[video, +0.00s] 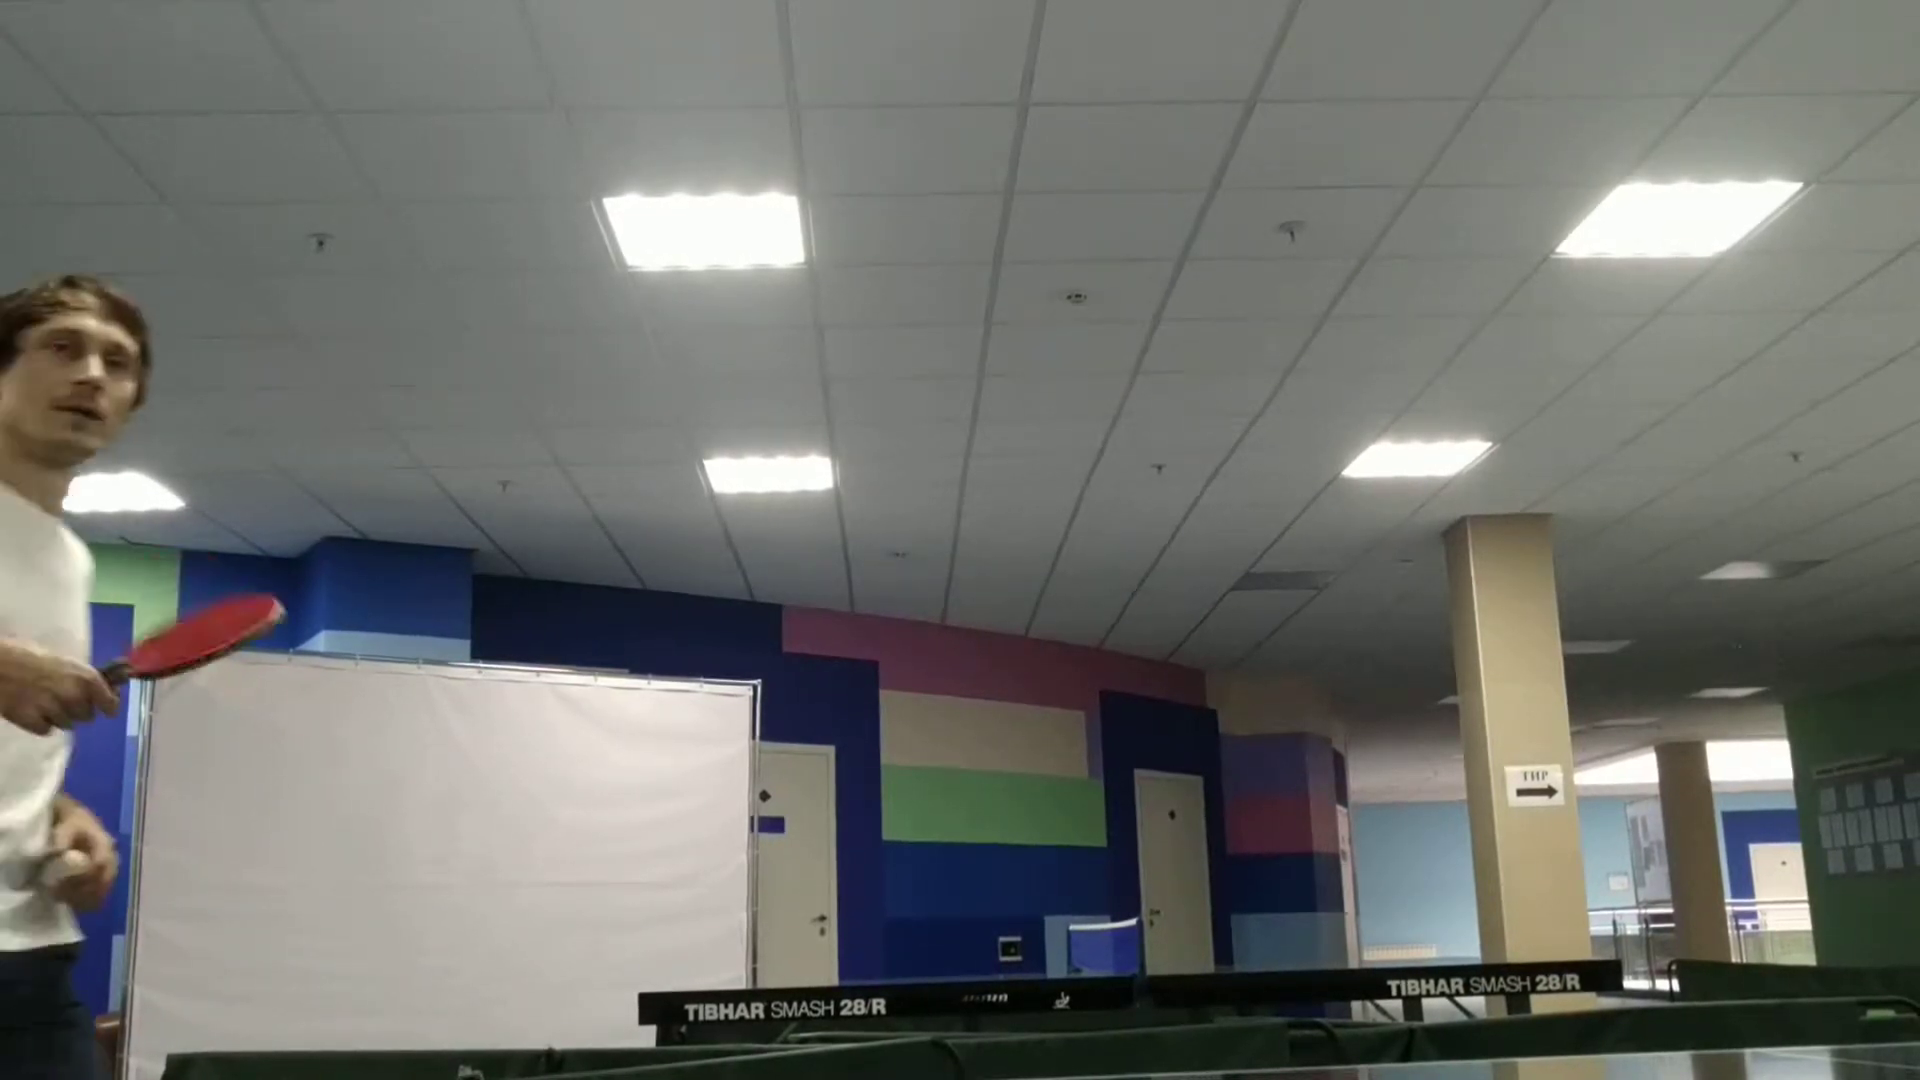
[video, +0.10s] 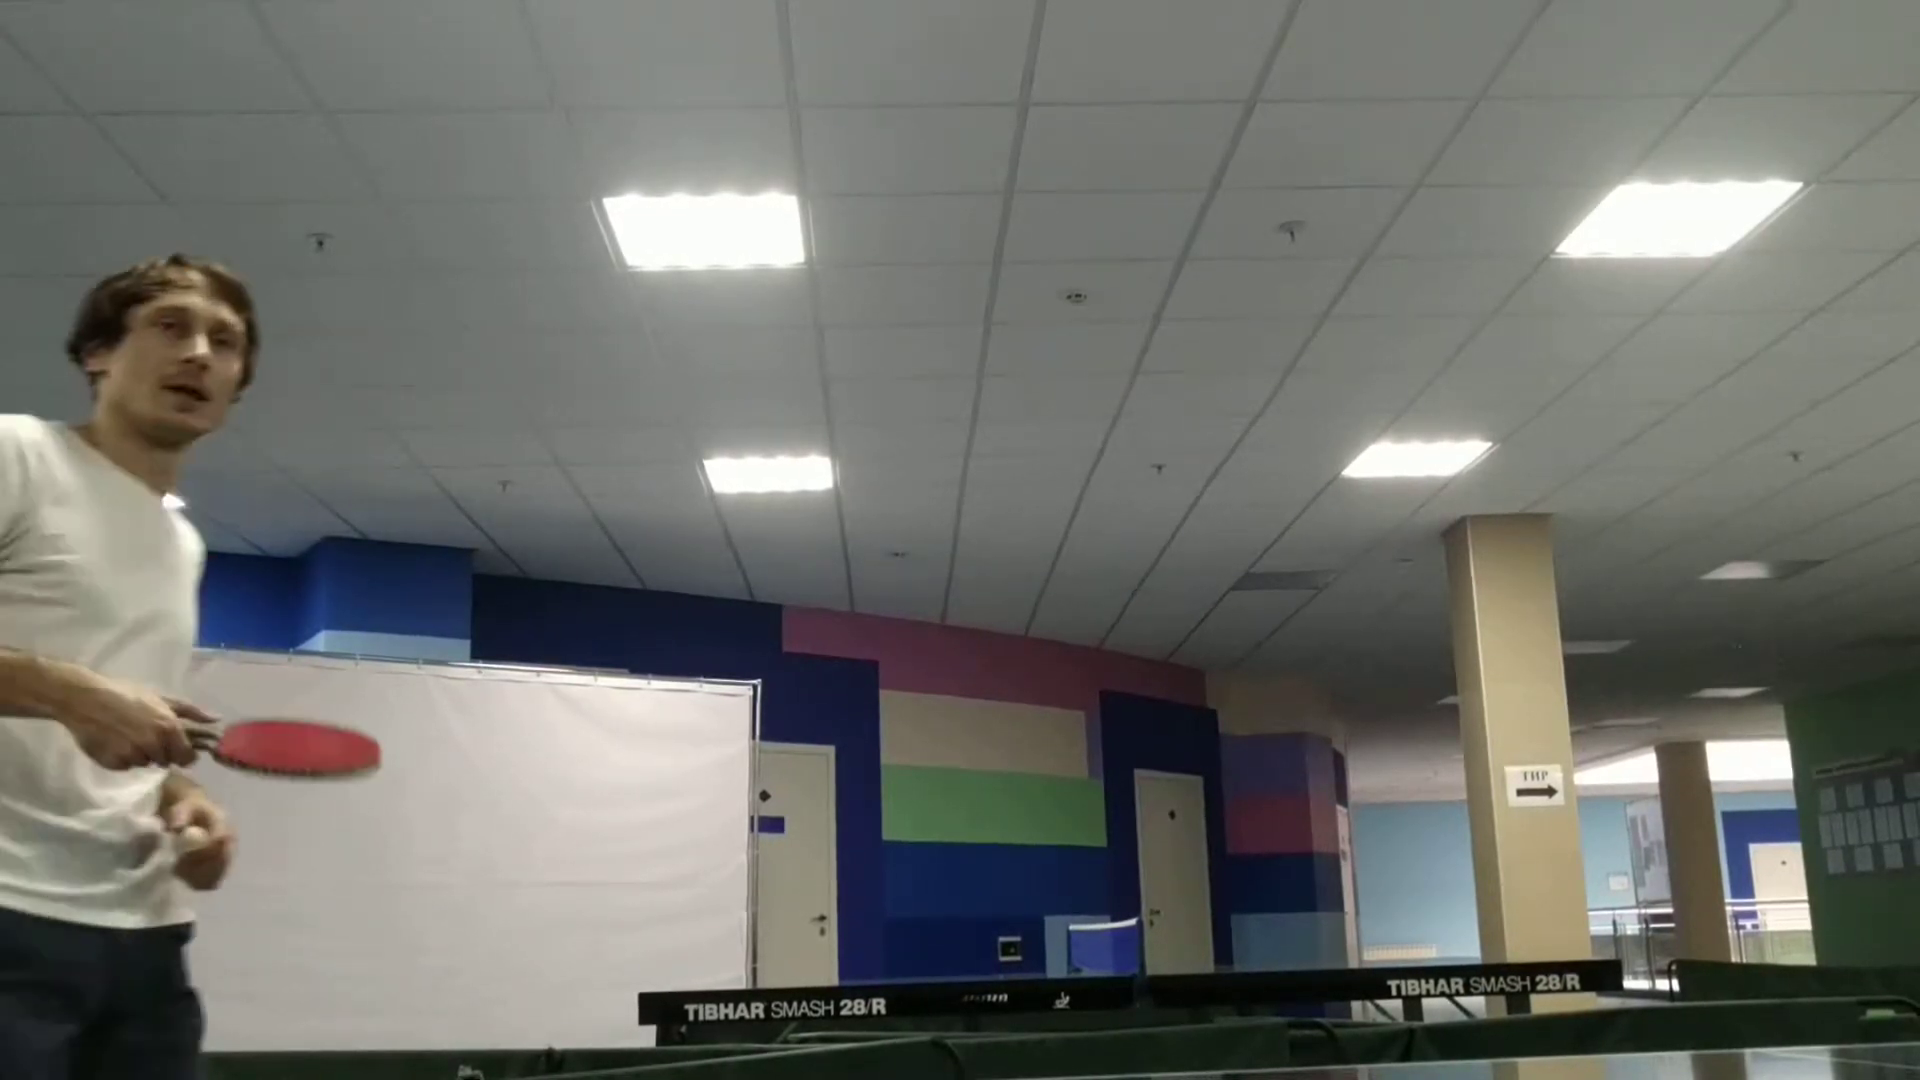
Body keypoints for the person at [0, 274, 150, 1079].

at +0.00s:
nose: (91, 373)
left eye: (116, 361)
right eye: (62, 346)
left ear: (132, 403)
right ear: (6, 367)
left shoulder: (72, 559)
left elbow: (26, 754)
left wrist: (65, 815)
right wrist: (5, 666)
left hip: (35, 949)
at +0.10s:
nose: (198, 350)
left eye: (223, 340)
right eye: (170, 325)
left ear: (236, 385)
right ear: (99, 355)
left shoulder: (183, 542)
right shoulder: (18, 455)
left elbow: (138, 710)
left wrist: (180, 800)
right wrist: (68, 693)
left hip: (145, 940)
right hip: (17, 926)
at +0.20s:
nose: (293, 324)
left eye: (319, 312)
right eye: (265, 300)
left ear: (339, 362)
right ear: (200, 335)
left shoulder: (293, 528)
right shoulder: (107, 437)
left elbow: (239, 714)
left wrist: (289, 802)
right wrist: (140, 708)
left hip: (236, 911)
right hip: (92, 889)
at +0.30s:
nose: (387, 318)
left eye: (415, 304)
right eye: (359, 294)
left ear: (438, 353)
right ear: (298, 331)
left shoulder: (400, 523)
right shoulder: (212, 443)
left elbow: (355, 713)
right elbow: (37, 647)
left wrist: (408, 799)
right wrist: (233, 717)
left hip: (343, 912)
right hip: (216, 893)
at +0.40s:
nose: (491, 319)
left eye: (518, 305)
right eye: (460, 297)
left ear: (541, 354)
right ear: (401, 336)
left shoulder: (506, 526)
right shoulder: (323, 456)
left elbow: (467, 722)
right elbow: (157, 665)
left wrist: (528, 795)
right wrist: (350, 719)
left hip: (469, 922)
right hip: (353, 905)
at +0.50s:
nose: (605, 310)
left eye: (630, 293)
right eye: (573, 287)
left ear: (655, 342)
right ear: (514, 327)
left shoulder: (616, 514)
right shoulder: (443, 452)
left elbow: (601, 711)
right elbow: (297, 675)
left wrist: (663, 790)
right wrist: (497, 716)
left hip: (607, 904)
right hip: (509, 898)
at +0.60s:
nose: (727, 293)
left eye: (749, 275)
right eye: (694, 270)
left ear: (774, 318)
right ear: (631, 312)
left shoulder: (716, 492)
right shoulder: (579, 435)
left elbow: (694, 701)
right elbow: (458, 664)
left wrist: (782, 774)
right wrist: (678, 715)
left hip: (720, 883)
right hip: (640, 883)